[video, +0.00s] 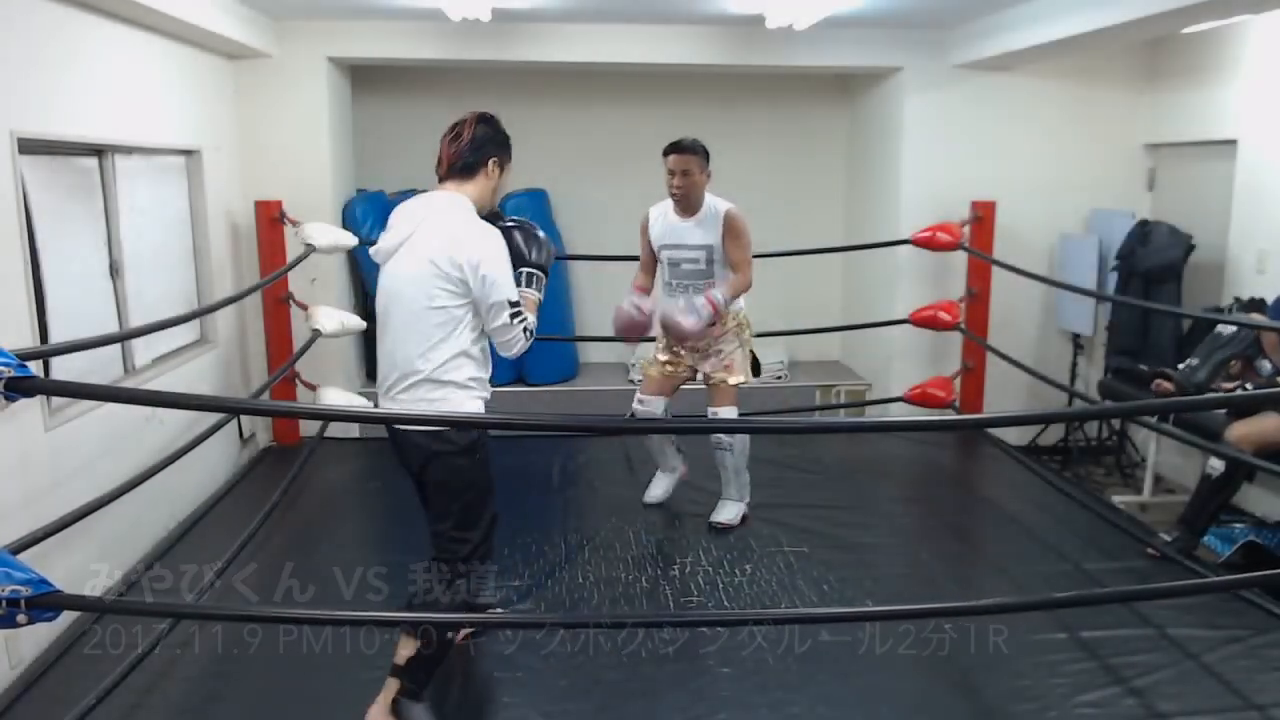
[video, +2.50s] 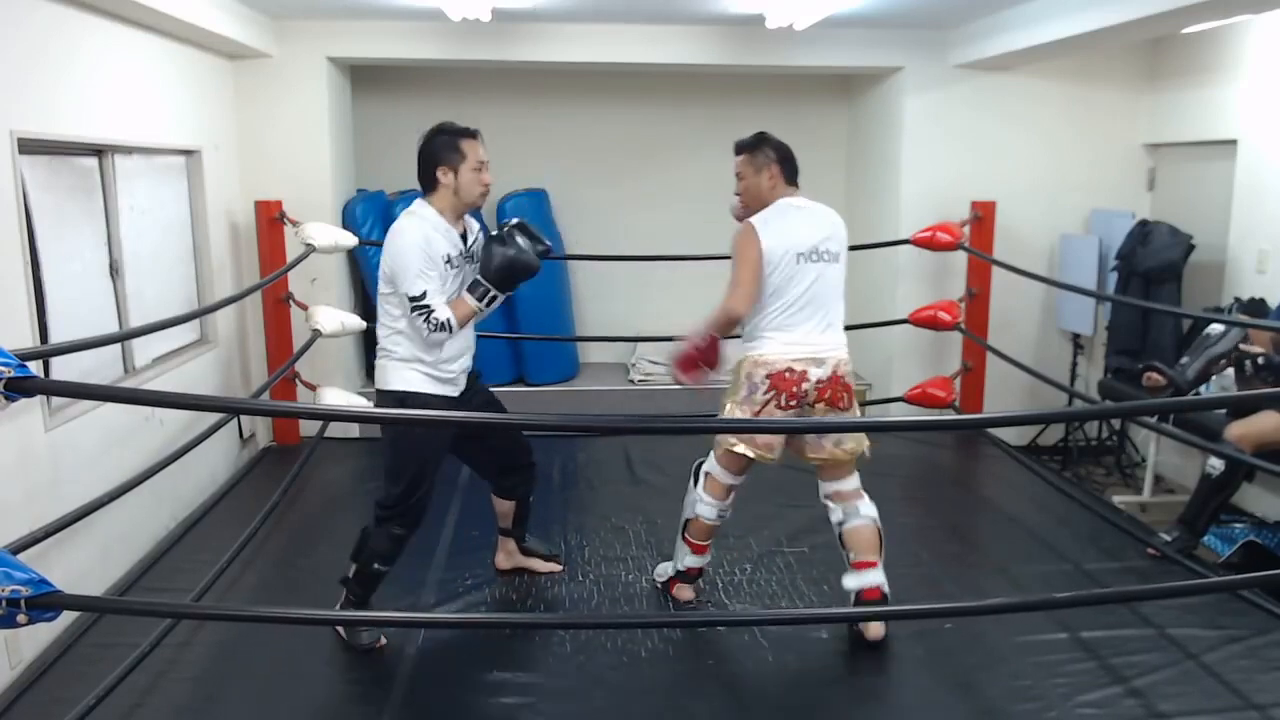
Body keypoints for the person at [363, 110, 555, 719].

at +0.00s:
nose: (503, 188)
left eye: (505, 177)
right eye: (505, 176)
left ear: (448, 163)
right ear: (491, 168)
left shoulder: (404, 219)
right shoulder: (478, 236)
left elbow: (429, 304)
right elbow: (512, 341)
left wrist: (499, 270)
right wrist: (535, 283)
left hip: (400, 412)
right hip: (447, 418)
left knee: (461, 531)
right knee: (456, 558)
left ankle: (460, 622)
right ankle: (387, 702)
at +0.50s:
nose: (540, 193)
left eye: (543, 182)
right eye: (543, 179)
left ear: (493, 160)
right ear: (528, 165)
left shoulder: (447, 209)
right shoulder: (501, 219)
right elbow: (537, 321)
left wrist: (544, 256)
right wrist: (560, 267)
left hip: (427, 400)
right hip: (471, 406)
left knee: (465, 518)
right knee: (498, 548)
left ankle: (460, 615)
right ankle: (466, 692)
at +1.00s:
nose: (561, 201)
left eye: (564, 191)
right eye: (562, 189)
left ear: (515, 176)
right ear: (544, 180)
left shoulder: (471, 218)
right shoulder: (519, 233)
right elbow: (546, 331)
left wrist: (549, 279)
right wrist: (578, 279)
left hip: (444, 396)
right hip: (480, 402)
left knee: (497, 497)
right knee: (502, 541)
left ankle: (507, 576)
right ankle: (462, 688)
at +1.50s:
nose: (544, 198)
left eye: (545, 189)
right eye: (544, 188)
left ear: (500, 175)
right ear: (529, 180)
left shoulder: (457, 215)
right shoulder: (507, 229)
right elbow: (543, 313)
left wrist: (536, 238)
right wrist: (563, 257)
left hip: (441, 384)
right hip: (471, 392)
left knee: (514, 468)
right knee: (477, 512)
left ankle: (499, 577)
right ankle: (413, 643)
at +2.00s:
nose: (547, 194)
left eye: (548, 183)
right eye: (545, 182)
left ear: (512, 178)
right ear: (518, 180)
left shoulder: (486, 223)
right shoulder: (471, 223)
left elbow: (501, 307)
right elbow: (505, 319)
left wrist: (540, 261)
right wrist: (544, 265)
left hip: (474, 377)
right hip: (444, 380)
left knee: (514, 465)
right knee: (451, 502)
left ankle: (510, 556)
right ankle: (410, 640)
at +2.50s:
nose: (488, 177)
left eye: (487, 167)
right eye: (478, 169)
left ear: (452, 175)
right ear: (444, 175)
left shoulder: (470, 228)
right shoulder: (411, 234)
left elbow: (469, 300)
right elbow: (433, 328)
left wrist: (505, 262)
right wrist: (491, 283)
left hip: (457, 383)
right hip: (410, 389)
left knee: (514, 460)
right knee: (403, 507)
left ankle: (510, 550)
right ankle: (351, 610)